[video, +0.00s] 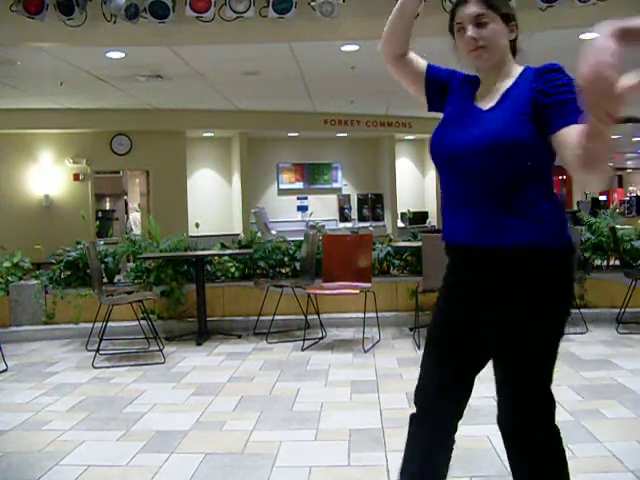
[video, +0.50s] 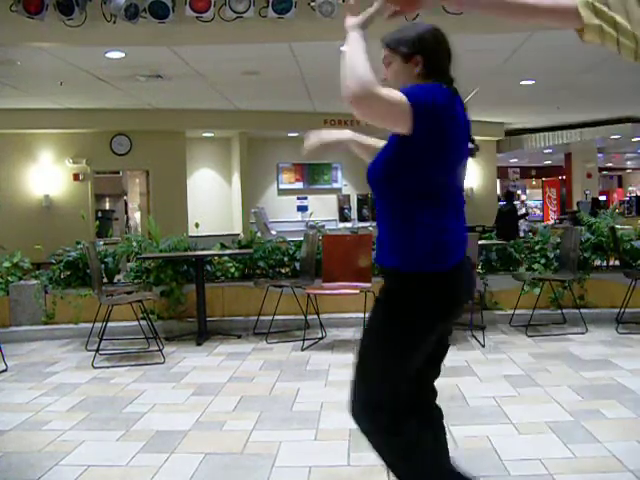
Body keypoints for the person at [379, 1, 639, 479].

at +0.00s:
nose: (471, 34)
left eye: (481, 21)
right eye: (461, 27)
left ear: (510, 28)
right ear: (457, 41)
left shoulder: (543, 81)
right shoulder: (456, 90)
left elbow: (588, 170)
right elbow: (395, 54)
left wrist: (601, 111)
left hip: (534, 269)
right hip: (467, 268)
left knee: (524, 415)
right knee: (433, 409)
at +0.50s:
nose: (382, 72)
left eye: (388, 63)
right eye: (384, 64)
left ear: (414, 62)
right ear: (420, 64)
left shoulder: (434, 102)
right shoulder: (434, 112)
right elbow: (402, 161)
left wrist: (353, 28)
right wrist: (348, 137)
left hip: (418, 279)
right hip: (438, 276)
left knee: (373, 404)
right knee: (411, 397)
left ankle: (439, 475)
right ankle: (438, 474)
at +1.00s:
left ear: (348, 66)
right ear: (395, 65)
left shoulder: (329, 106)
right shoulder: (423, 114)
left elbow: (317, 63)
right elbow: (446, 200)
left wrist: (365, 42)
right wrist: (412, 194)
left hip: (339, 257)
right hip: (405, 256)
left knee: (334, 383)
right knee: (410, 382)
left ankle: (333, 476)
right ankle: (423, 477)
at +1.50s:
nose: (341, 82)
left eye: (338, 74)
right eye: (332, 74)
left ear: (309, 81)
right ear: (306, 80)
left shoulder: (312, 129)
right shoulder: (294, 131)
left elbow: (345, 189)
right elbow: (309, 208)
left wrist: (398, 160)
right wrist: (362, 211)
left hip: (312, 266)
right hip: (300, 268)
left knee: (323, 379)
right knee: (338, 386)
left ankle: (293, 475)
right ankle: (332, 475)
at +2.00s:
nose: (264, 78)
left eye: (263, 70)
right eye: (257, 70)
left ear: (238, 76)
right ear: (230, 75)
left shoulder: (257, 130)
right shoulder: (199, 127)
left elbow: (282, 199)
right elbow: (187, 203)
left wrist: (327, 161)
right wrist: (256, 213)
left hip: (255, 263)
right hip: (208, 265)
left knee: (277, 377)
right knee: (205, 379)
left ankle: (291, 475)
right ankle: (171, 476)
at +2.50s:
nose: (177, 103)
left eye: (175, 95)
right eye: (171, 94)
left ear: (151, 97)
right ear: (150, 97)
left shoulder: (158, 149)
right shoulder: (118, 145)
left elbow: (175, 219)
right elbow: (103, 218)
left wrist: (227, 197)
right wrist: (168, 239)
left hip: (154, 270)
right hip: (120, 273)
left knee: (184, 367)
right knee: (158, 377)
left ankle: (142, 445)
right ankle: (168, 473)